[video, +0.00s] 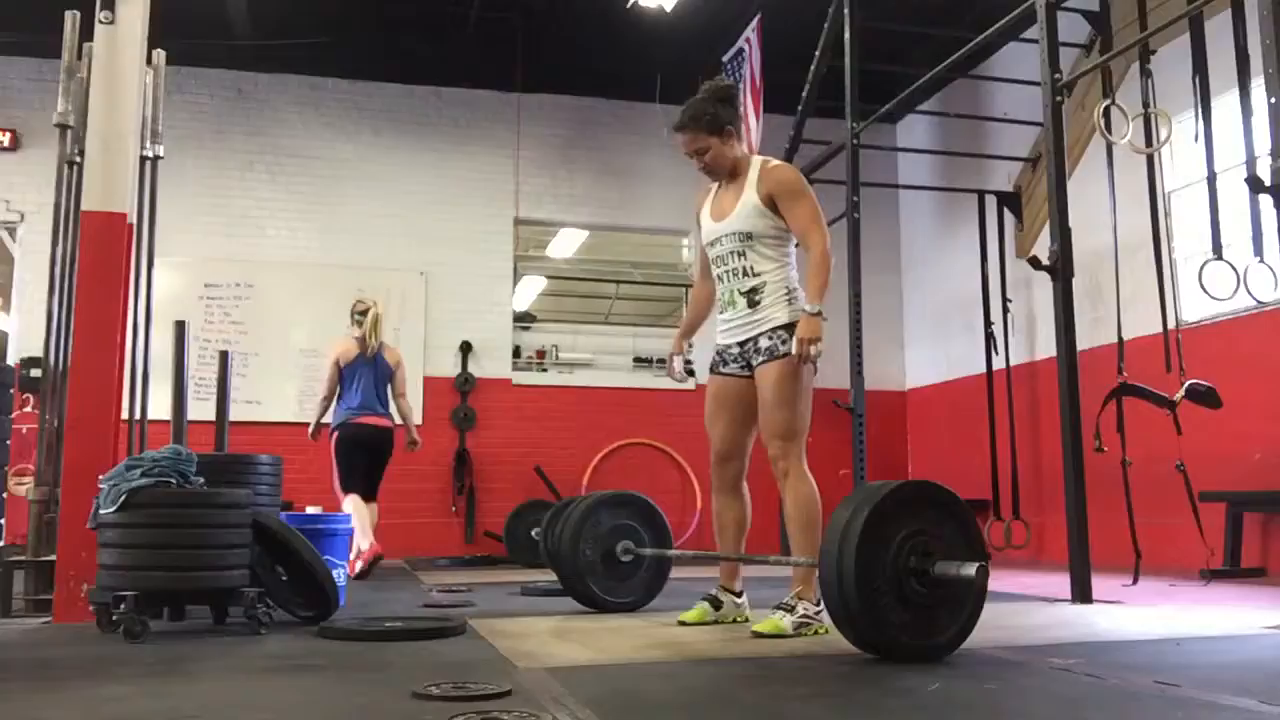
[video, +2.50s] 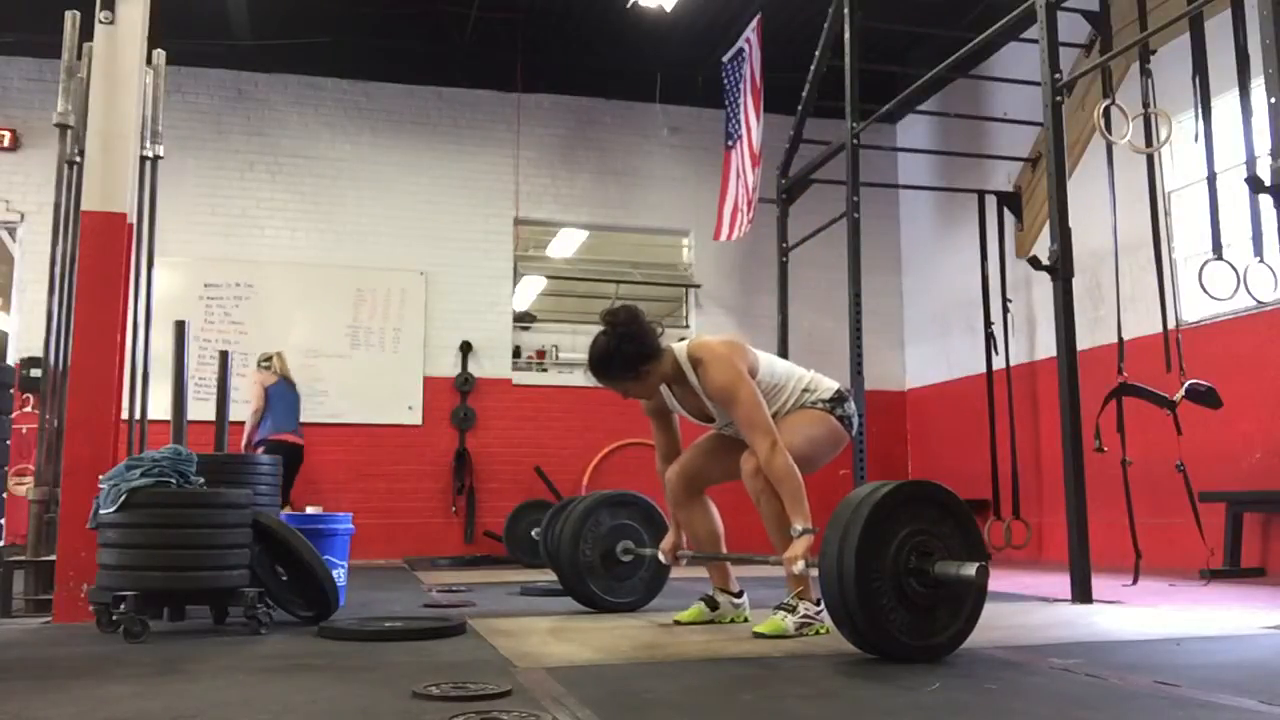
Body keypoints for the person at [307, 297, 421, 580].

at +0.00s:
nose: (354, 323)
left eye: (354, 318)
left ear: (353, 320)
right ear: (378, 321)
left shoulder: (342, 349)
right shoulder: (392, 354)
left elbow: (328, 394)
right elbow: (400, 396)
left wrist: (316, 422)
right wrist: (412, 429)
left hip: (349, 431)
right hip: (382, 432)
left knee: (350, 491)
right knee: (369, 496)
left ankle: (369, 545)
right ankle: (356, 554)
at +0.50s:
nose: (325, 335)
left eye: (325, 331)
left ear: (325, 332)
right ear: (348, 331)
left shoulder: (316, 360)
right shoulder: (363, 361)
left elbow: (310, 397)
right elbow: (365, 400)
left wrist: (294, 432)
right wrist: (350, 420)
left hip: (319, 435)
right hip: (353, 435)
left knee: (310, 500)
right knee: (351, 495)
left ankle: (303, 559)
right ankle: (353, 554)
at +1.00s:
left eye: (300, 332)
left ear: (299, 334)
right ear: (322, 335)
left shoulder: (286, 363)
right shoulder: (336, 366)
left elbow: (271, 400)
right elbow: (343, 404)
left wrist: (262, 424)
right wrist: (352, 436)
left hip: (293, 437)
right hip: (324, 440)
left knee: (295, 496)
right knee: (314, 497)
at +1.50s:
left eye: (296, 341)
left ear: (295, 341)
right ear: (317, 341)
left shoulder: (285, 367)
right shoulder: (331, 371)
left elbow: (275, 406)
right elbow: (336, 409)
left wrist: (260, 437)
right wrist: (338, 435)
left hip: (289, 442)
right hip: (320, 442)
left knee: (280, 492)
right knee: (310, 496)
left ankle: (290, 539)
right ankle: (311, 539)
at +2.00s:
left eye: (279, 351)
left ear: (278, 351)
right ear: (299, 351)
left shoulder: (265, 376)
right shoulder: (312, 380)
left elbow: (254, 414)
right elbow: (312, 416)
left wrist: (245, 441)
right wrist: (307, 439)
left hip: (269, 448)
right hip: (299, 449)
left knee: (267, 498)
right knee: (299, 497)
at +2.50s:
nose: (258, 371)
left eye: (258, 369)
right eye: (258, 369)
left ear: (260, 366)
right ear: (278, 365)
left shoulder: (261, 376)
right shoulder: (290, 383)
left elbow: (257, 407)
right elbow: (293, 415)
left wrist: (246, 437)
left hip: (272, 445)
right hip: (295, 448)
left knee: (267, 497)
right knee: (284, 497)